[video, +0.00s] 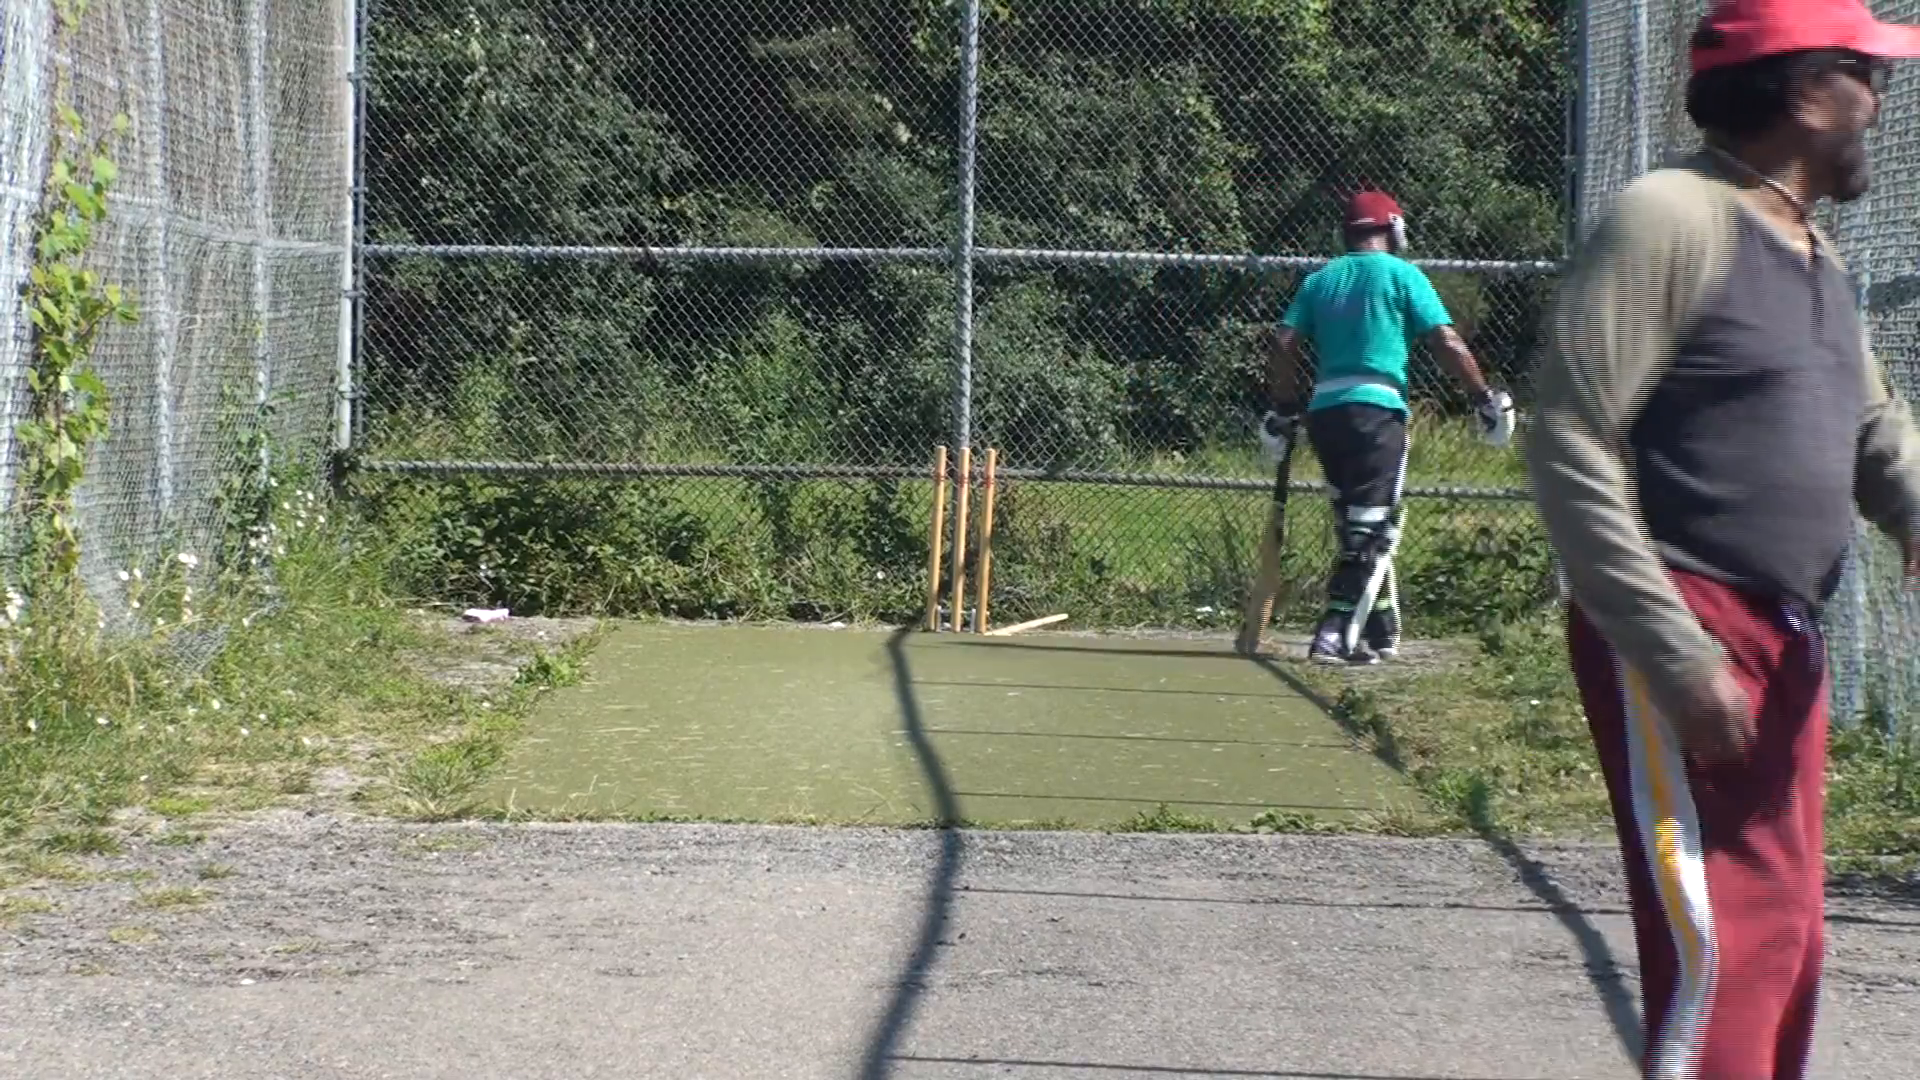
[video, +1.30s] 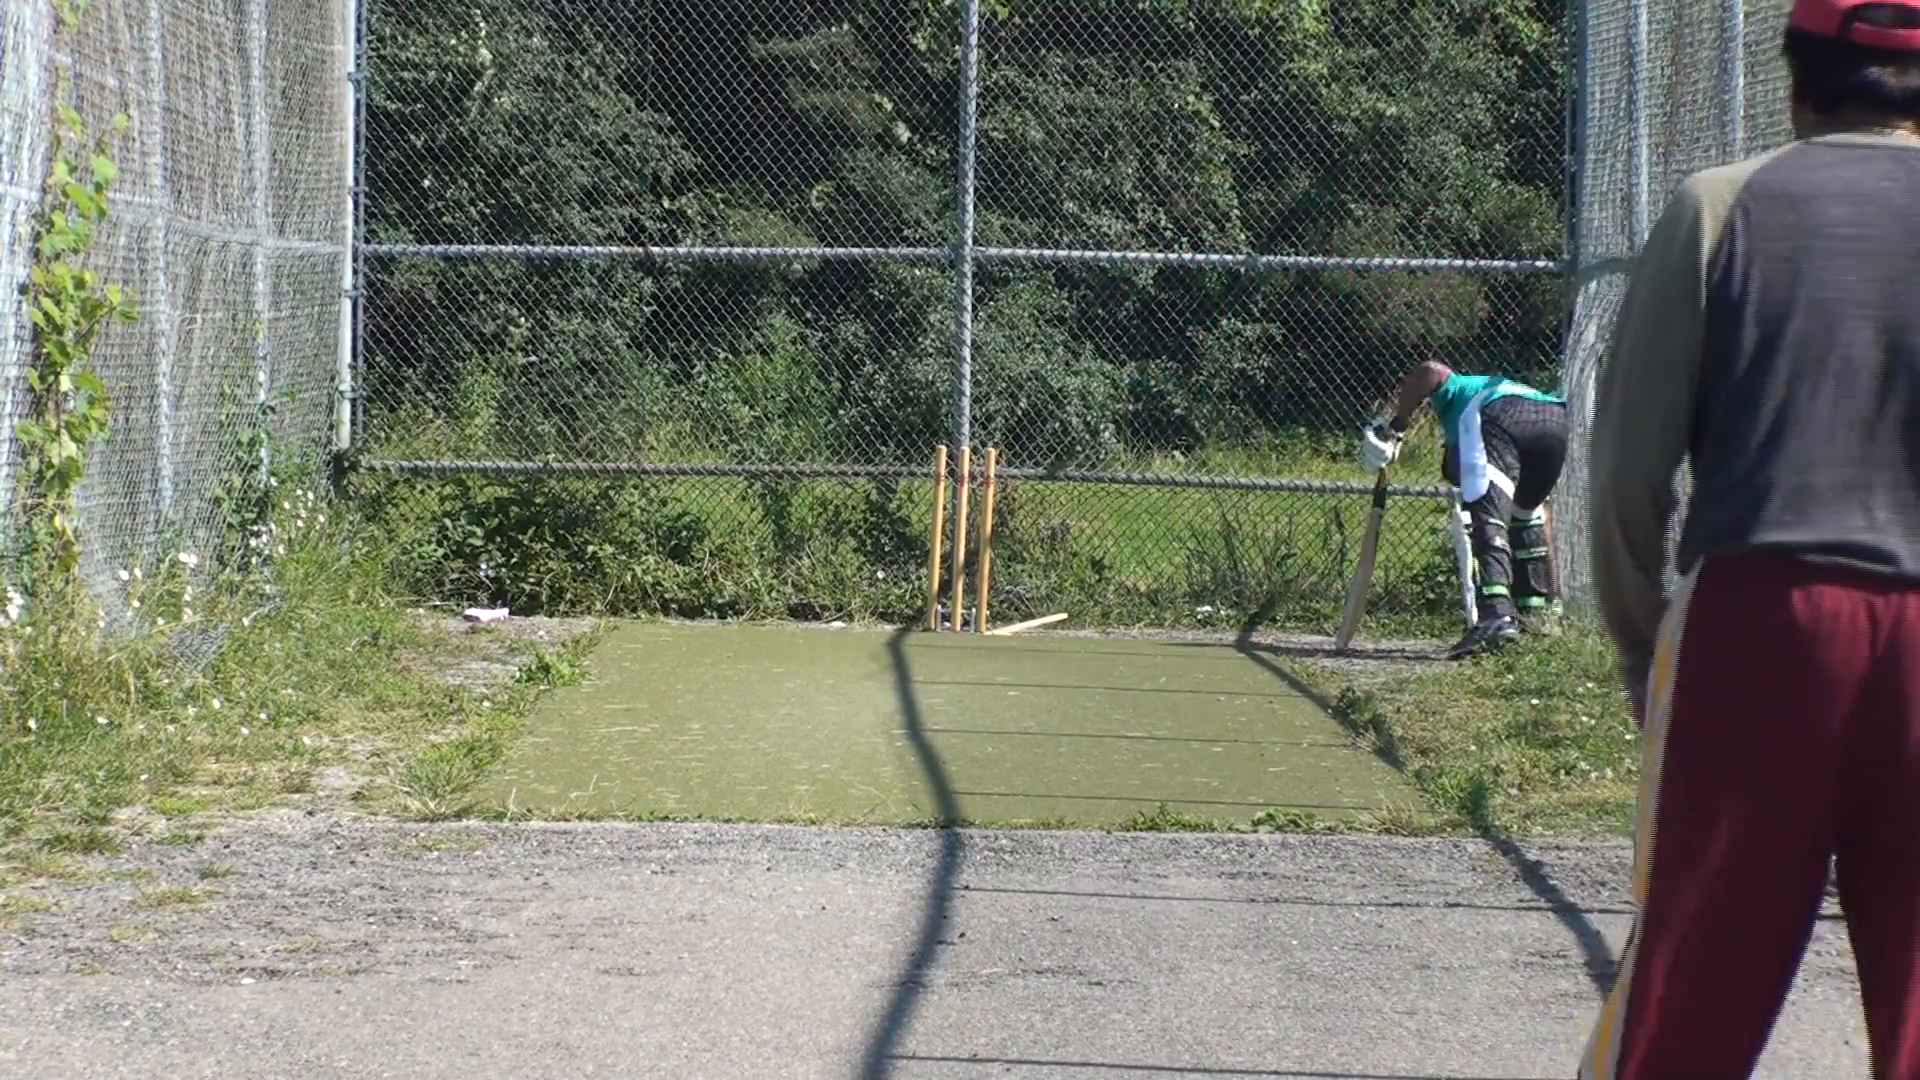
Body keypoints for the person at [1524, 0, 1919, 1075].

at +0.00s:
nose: (1878, 106)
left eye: (1874, 81)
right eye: (1861, 79)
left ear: (1797, 99)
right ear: (1796, 92)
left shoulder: (1816, 253)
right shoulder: (1663, 214)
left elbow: (1872, 431)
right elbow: (1565, 436)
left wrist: (1910, 516)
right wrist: (1674, 657)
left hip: (1783, 631)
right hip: (1679, 617)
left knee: (1790, 943)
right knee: (1724, 951)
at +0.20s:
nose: (1890, 119)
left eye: (1887, 98)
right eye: (1889, 98)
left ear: (1756, 98)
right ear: (1867, 106)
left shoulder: (1726, 202)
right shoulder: (1773, 212)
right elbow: (1736, 470)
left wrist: (1864, 524)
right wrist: (1800, 717)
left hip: (1679, 609)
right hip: (1714, 623)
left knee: (1740, 985)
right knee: (1772, 997)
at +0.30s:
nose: (1904, 116)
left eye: (1905, 96)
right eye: (1904, 98)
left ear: (1761, 95)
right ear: (1891, 107)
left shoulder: (1678, 207)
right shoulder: (1834, 216)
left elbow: (1634, 433)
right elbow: (1812, 448)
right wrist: (1881, 696)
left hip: (1621, 592)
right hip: (1734, 600)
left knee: (1650, 916)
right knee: (1760, 927)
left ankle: (1661, 1073)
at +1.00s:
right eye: (1856, 73)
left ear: (1722, 84)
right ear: (1863, 95)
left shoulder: (1620, 215)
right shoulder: (1906, 223)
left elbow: (1529, 472)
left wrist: (1612, 636)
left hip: (1661, 627)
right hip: (1865, 640)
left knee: (1621, 985)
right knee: (1872, 985)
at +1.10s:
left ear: (1752, 82)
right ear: (1894, 97)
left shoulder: (1659, 219)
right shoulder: (1911, 216)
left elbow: (1571, 483)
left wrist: (1614, 664)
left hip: (1703, 638)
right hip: (1891, 650)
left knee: (1641, 992)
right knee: (1887, 995)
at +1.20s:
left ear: (1784, 83)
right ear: (1911, 98)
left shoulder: (1699, 212)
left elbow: (1605, 464)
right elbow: (1607, 464)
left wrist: (1614, 639)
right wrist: (1620, 638)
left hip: (1747, 632)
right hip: (1909, 642)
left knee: (1682, 981)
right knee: (1901, 987)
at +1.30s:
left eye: (1789, 76)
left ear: (1799, 83)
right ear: (1918, 94)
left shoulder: (1720, 204)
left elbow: (1630, 461)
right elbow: (1633, 461)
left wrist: (1646, 649)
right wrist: (1647, 646)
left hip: (1764, 627)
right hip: (1914, 635)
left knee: (1701, 975)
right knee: (1916, 980)